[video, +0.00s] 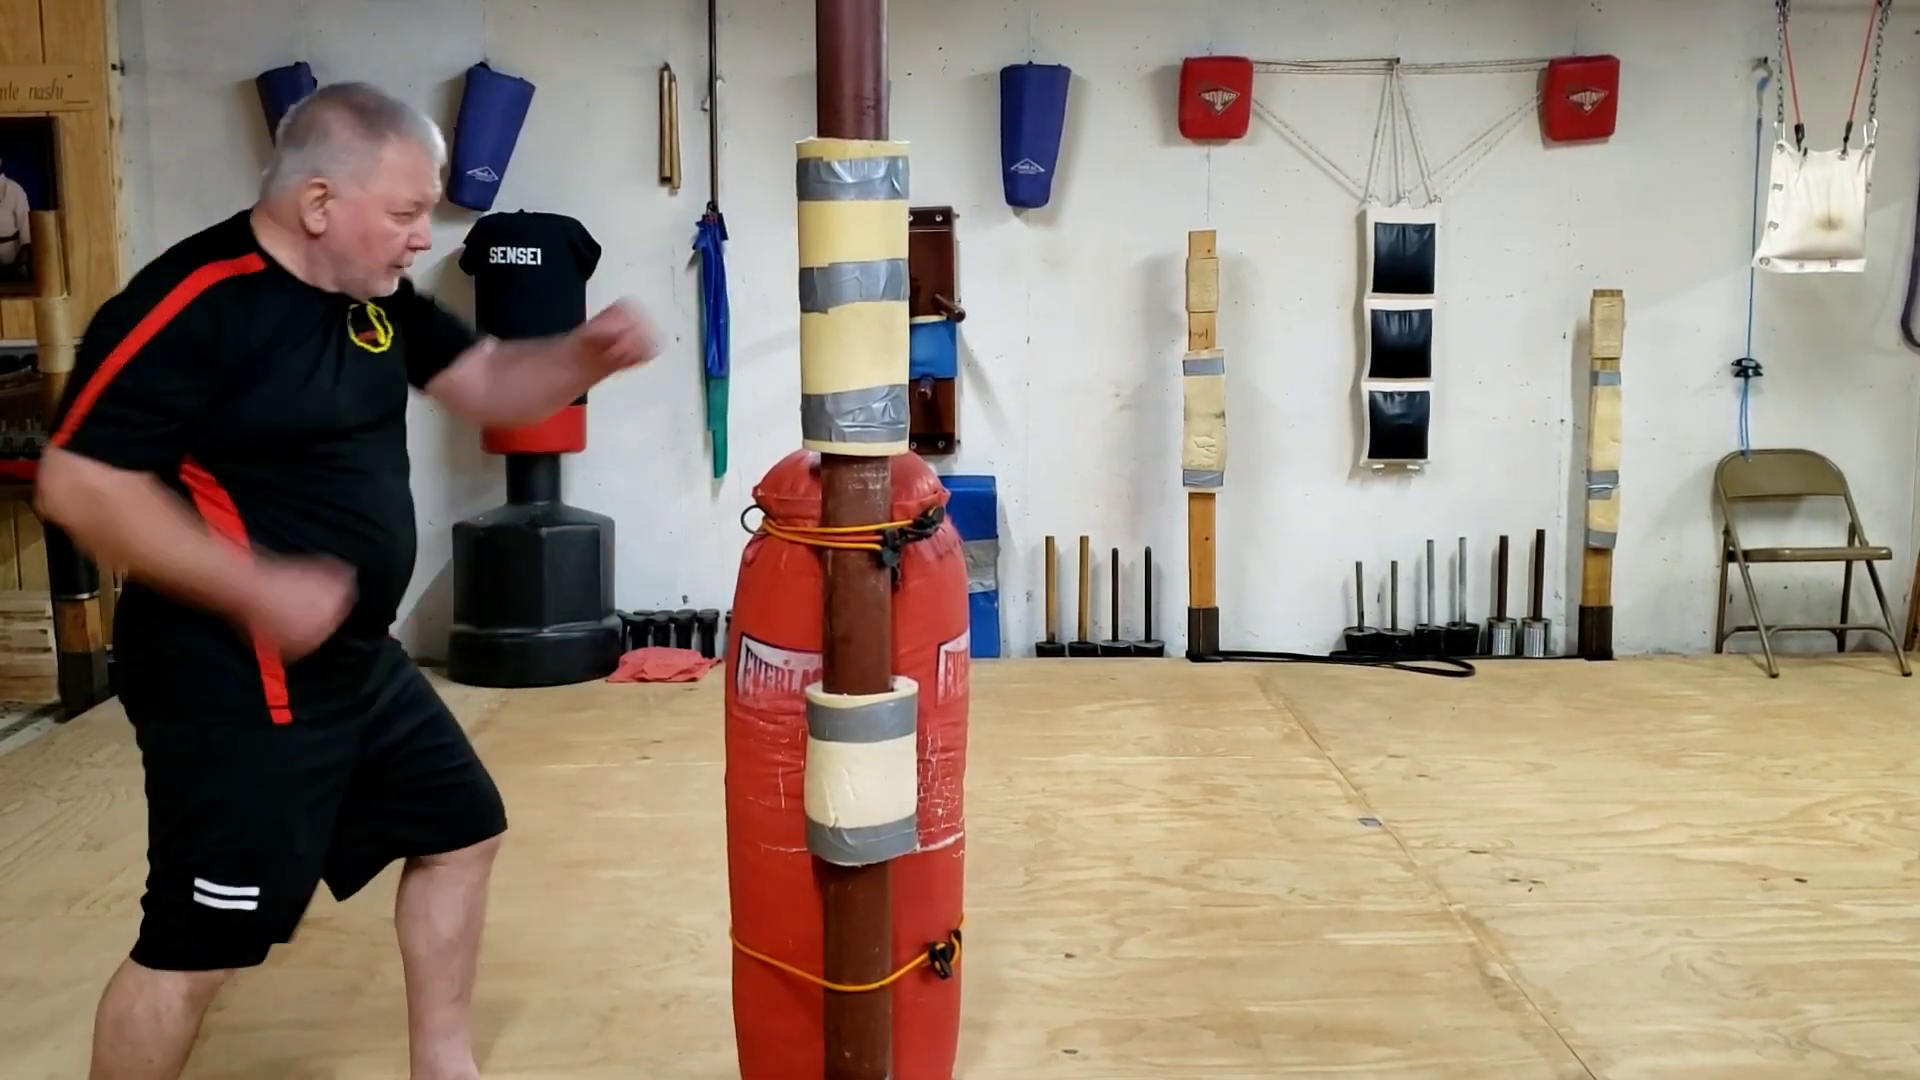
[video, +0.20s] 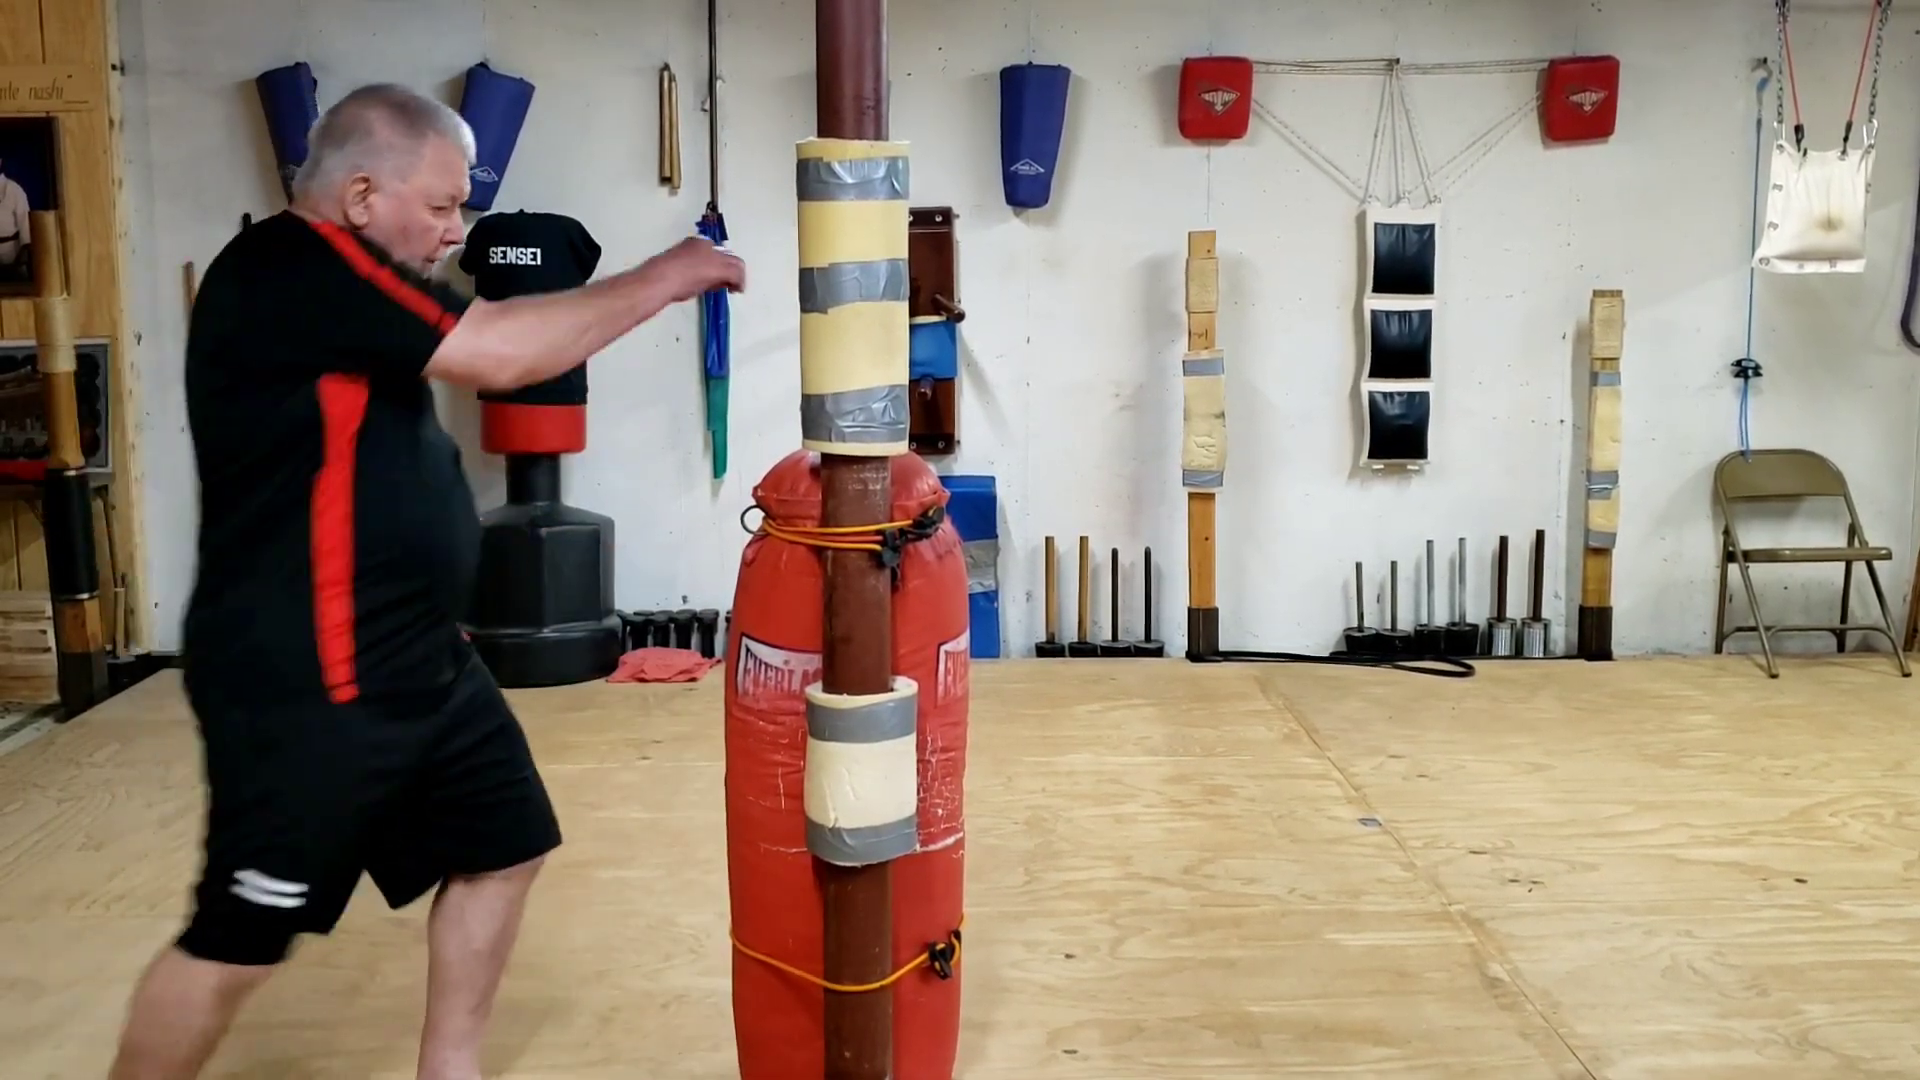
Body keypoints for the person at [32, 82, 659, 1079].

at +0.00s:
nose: (423, 239)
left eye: (427, 216)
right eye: (407, 214)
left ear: (329, 208)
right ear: (320, 207)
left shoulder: (375, 298)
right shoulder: (190, 299)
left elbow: (485, 380)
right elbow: (76, 478)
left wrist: (582, 359)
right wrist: (257, 587)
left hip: (352, 656)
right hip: (219, 681)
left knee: (458, 830)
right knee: (197, 938)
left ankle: (443, 1067)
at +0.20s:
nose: (458, 231)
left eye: (461, 208)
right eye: (444, 206)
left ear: (369, 197)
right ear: (362, 193)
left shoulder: (353, 273)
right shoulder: (289, 268)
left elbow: (490, 338)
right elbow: (493, 351)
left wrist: (652, 286)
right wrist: (665, 279)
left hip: (413, 653)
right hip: (297, 673)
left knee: (505, 845)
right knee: (238, 934)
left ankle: (448, 1069)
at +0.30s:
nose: (456, 211)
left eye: (461, 189)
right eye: (448, 183)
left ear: (365, 170)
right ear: (370, 166)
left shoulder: (337, 248)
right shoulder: (305, 243)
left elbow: (443, 378)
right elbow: (445, 379)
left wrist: (586, 335)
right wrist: (617, 320)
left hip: (424, 600)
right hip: (359, 606)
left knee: (490, 833)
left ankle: (449, 1067)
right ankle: (202, 1047)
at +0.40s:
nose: (462, 205)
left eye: (467, 182)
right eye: (455, 176)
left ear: (369, 159)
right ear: (377, 153)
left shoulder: (318, 243)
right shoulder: (313, 238)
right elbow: (340, 423)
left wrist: (536, 442)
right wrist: (545, 447)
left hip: (356, 590)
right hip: (390, 581)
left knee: (461, 830)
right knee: (640, 697)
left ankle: (447, 1062)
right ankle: (456, 936)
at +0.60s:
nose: (489, 237)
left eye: (494, 215)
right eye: (482, 208)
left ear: (400, 190)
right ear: (408, 184)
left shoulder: (302, 263)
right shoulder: (341, 258)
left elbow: (370, 455)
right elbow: (326, 447)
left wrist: (506, 464)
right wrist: (512, 536)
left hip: (356, 615)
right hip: (405, 597)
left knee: (487, 831)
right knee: (677, 639)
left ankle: (454, 1070)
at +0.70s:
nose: (495, 232)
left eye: (500, 209)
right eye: (487, 203)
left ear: (406, 189)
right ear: (409, 184)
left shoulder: (350, 265)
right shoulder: (336, 262)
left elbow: (408, 436)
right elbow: (380, 450)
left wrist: (512, 491)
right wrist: (572, 467)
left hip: (373, 608)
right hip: (375, 607)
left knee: (487, 845)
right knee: (586, 782)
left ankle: (459, 1071)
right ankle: (328, 988)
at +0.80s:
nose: (503, 238)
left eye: (506, 215)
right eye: (493, 210)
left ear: (409, 195)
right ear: (414, 192)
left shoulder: (381, 282)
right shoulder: (330, 264)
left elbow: (368, 473)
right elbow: (413, 442)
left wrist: (478, 550)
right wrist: (587, 407)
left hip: (436, 640)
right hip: (346, 647)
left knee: (504, 852)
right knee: (398, 909)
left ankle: (465, 1074)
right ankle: (176, 1073)